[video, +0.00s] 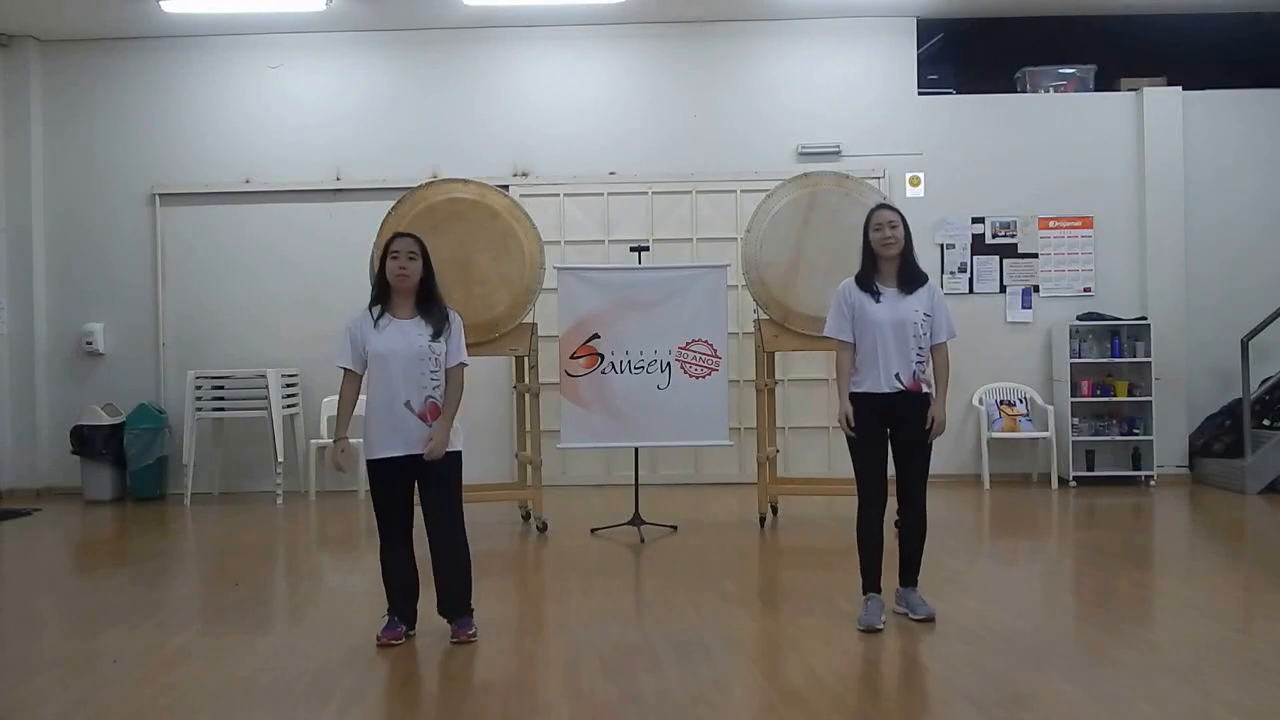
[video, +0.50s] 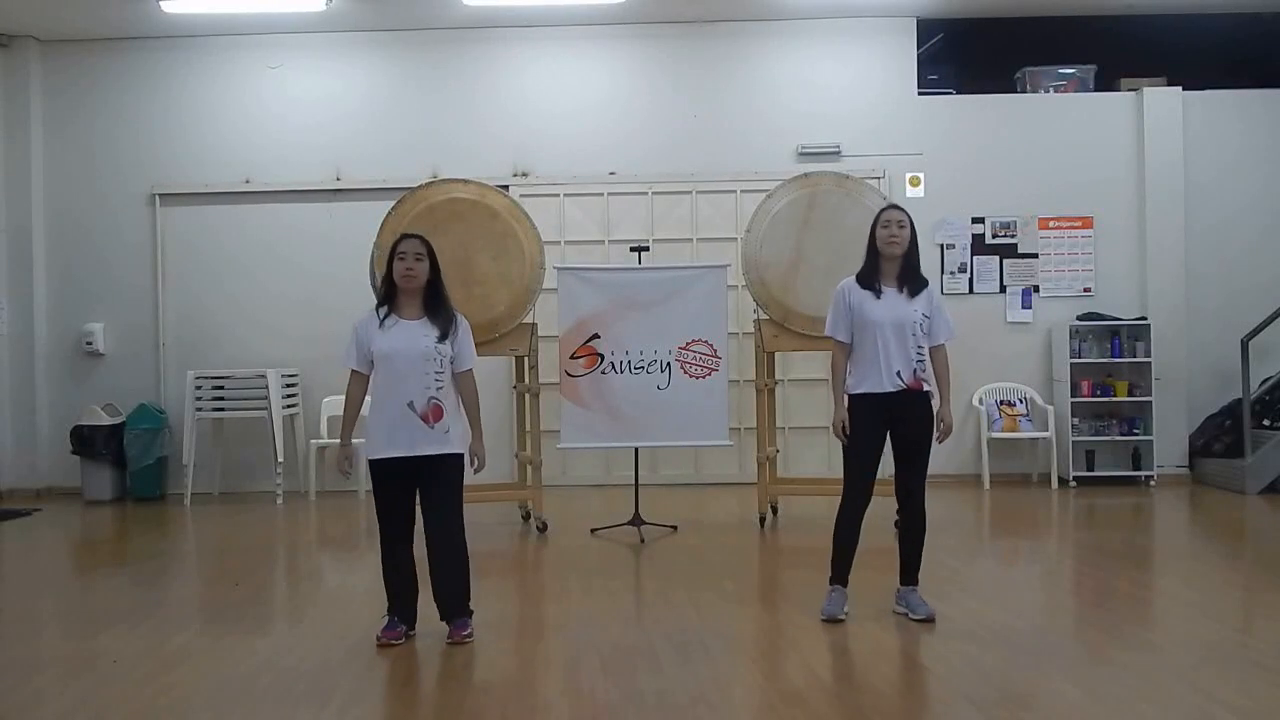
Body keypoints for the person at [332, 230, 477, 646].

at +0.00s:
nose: (402, 264)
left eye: (411, 257)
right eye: (394, 257)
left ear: (424, 268)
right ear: (383, 266)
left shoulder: (446, 320)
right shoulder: (364, 325)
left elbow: (456, 379)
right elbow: (351, 380)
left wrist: (443, 430)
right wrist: (340, 435)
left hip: (438, 445)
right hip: (386, 449)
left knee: (448, 533)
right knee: (394, 538)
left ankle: (460, 614)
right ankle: (400, 616)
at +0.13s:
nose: (402, 264)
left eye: (411, 258)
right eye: (394, 258)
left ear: (424, 268)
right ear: (383, 267)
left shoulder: (445, 321)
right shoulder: (363, 325)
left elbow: (457, 379)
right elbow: (351, 381)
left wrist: (447, 432)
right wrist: (338, 438)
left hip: (436, 446)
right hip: (383, 450)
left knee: (447, 534)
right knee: (393, 539)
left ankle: (460, 614)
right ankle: (400, 617)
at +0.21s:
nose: (402, 265)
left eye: (411, 259)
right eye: (394, 259)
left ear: (424, 269)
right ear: (383, 268)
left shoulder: (445, 322)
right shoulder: (363, 326)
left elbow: (458, 381)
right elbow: (350, 382)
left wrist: (453, 434)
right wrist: (339, 440)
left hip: (435, 447)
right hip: (382, 451)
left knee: (447, 534)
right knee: (392, 538)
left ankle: (460, 614)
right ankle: (400, 616)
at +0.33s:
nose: (403, 265)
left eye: (412, 259)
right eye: (395, 259)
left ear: (425, 270)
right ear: (383, 268)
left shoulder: (446, 324)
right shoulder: (363, 327)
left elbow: (458, 381)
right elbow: (350, 383)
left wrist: (466, 435)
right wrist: (340, 442)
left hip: (438, 446)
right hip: (383, 450)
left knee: (446, 531)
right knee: (392, 538)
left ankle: (460, 613)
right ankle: (400, 616)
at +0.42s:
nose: (406, 265)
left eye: (415, 259)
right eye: (398, 258)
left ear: (428, 269)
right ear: (387, 267)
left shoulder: (449, 323)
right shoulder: (366, 325)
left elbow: (462, 380)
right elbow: (354, 382)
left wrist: (472, 435)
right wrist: (343, 439)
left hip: (440, 447)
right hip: (386, 449)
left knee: (447, 534)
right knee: (394, 538)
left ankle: (458, 616)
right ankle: (399, 616)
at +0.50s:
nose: (409, 265)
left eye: (418, 259)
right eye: (401, 258)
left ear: (431, 269)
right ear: (390, 267)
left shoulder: (452, 324)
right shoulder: (370, 325)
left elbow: (466, 380)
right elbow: (357, 382)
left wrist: (476, 434)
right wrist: (345, 440)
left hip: (443, 448)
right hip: (388, 450)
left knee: (447, 535)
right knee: (395, 538)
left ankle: (458, 616)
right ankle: (400, 617)